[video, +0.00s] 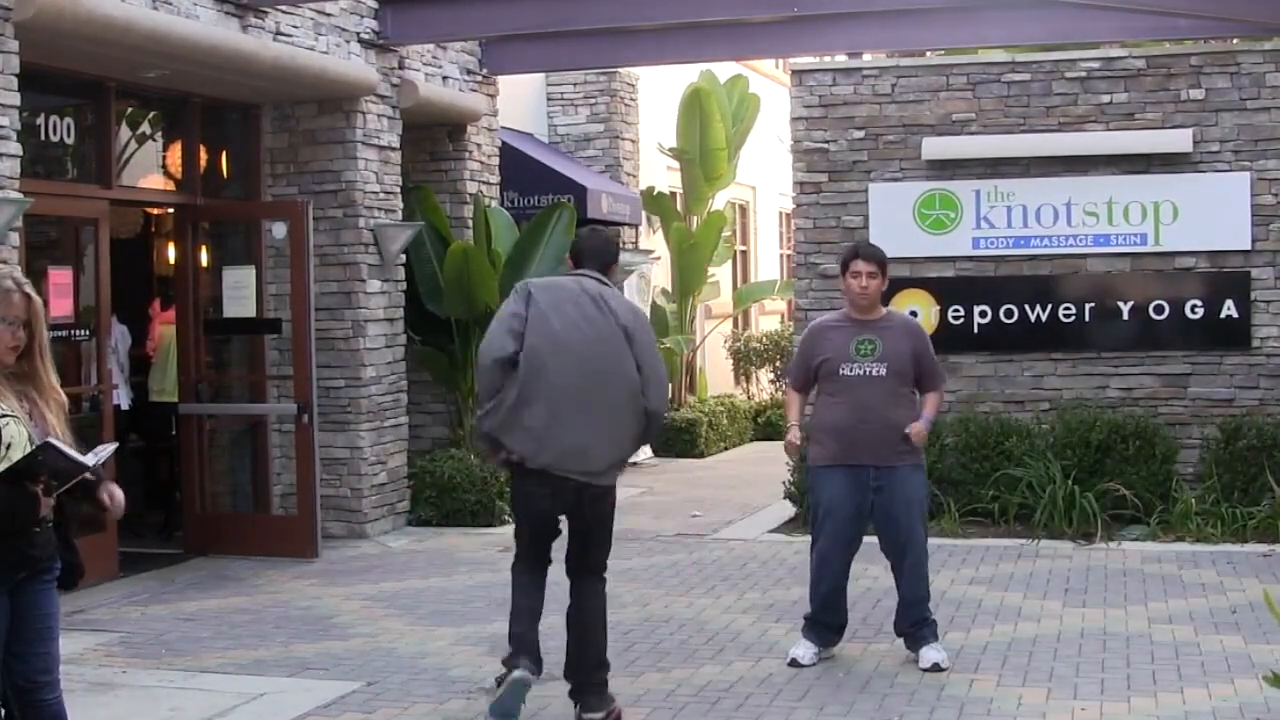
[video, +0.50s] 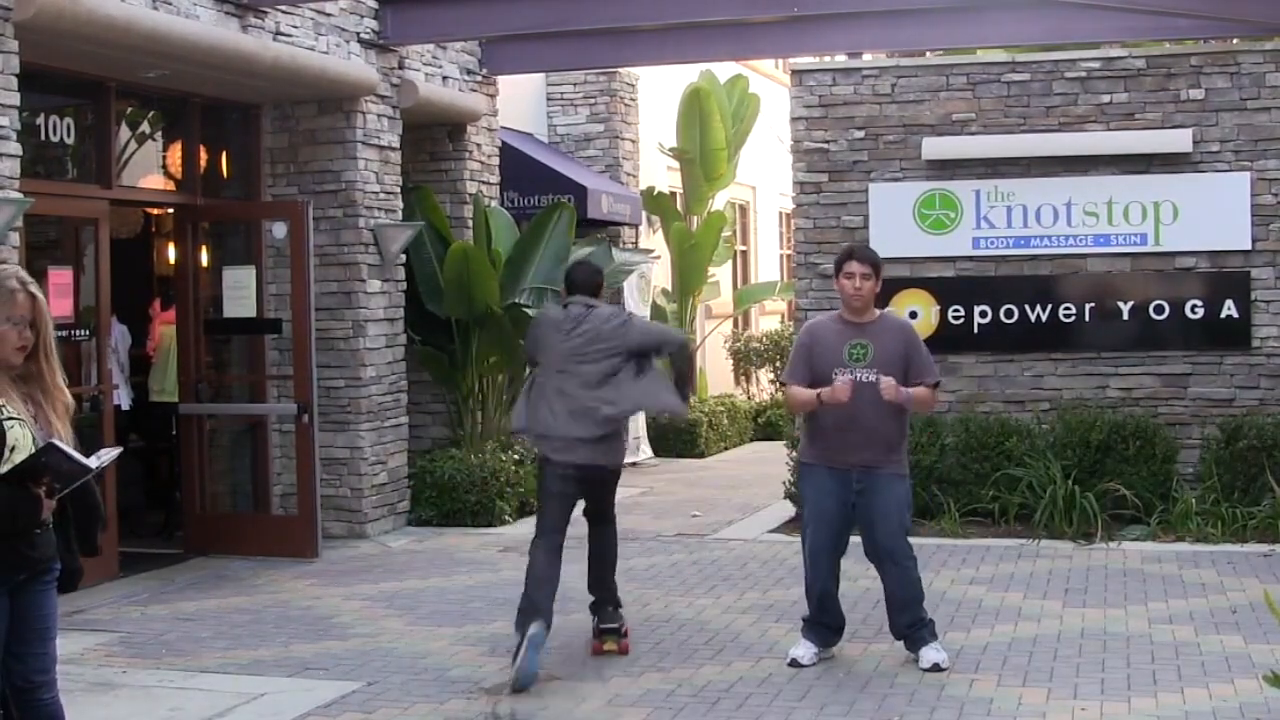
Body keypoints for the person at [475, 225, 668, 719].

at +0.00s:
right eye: (618, 266)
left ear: (569, 260)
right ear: (614, 268)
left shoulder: (530, 294)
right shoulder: (631, 315)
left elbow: (492, 356)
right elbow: (656, 401)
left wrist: (492, 433)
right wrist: (627, 444)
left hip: (534, 464)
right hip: (597, 471)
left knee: (530, 560)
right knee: (589, 576)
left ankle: (523, 659)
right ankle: (591, 696)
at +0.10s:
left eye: (559, 247)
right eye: (608, 254)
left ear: (561, 251)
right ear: (605, 259)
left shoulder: (526, 287)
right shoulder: (627, 305)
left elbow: (491, 333)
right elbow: (655, 385)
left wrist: (484, 414)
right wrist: (626, 428)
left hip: (539, 454)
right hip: (602, 459)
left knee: (531, 562)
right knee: (597, 566)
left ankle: (525, 670)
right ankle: (599, 682)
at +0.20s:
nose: (597, 264)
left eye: (552, 253)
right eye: (598, 257)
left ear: (552, 257)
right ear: (596, 260)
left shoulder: (521, 299)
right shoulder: (619, 306)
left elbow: (488, 363)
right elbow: (648, 381)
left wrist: (486, 428)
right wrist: (625, 432)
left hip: (539, 455)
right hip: (599, 457)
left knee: (535, 560)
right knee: (594, 556)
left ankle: (529, 670)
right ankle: (602, 666)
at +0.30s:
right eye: (589, 280)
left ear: (547, 283)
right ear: (588, 283)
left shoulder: (521, 331)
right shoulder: (606, 329)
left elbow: (500, 401)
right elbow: (644, 398)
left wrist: (511, 458)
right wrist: (638, 455)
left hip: (537, 472)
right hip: (592, 471)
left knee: (536, 564)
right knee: (592, 547)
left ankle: (529, 669)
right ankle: (602, 645)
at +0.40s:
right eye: (589, 294)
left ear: (551, 296)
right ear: (590, 297)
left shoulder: (528, 341)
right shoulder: (609, 340)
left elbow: (512, 399)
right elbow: (660, 386)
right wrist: (668, 435)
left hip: (542, 480)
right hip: (594, 479)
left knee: (537, 568)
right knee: (598, 533)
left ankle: (530, 662)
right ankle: (606, 628)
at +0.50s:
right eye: (601, 286)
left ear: (565, 290)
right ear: (601, 290)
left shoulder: (546, 321)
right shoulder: (618, 323)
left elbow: (532, 356)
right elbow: (679, 340)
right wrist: (683, 389)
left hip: (556, 454)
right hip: (604, 455)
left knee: (548, 536)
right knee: (602, 524)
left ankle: (534, 625)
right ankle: (607, 616)